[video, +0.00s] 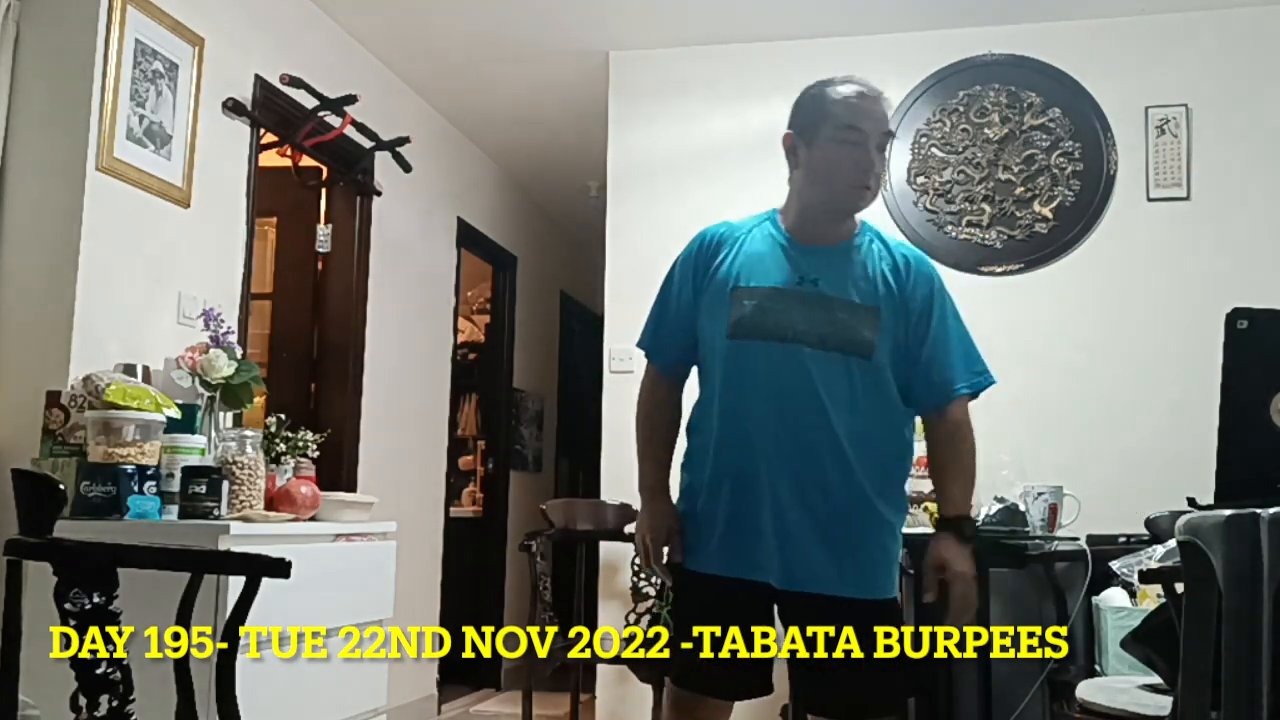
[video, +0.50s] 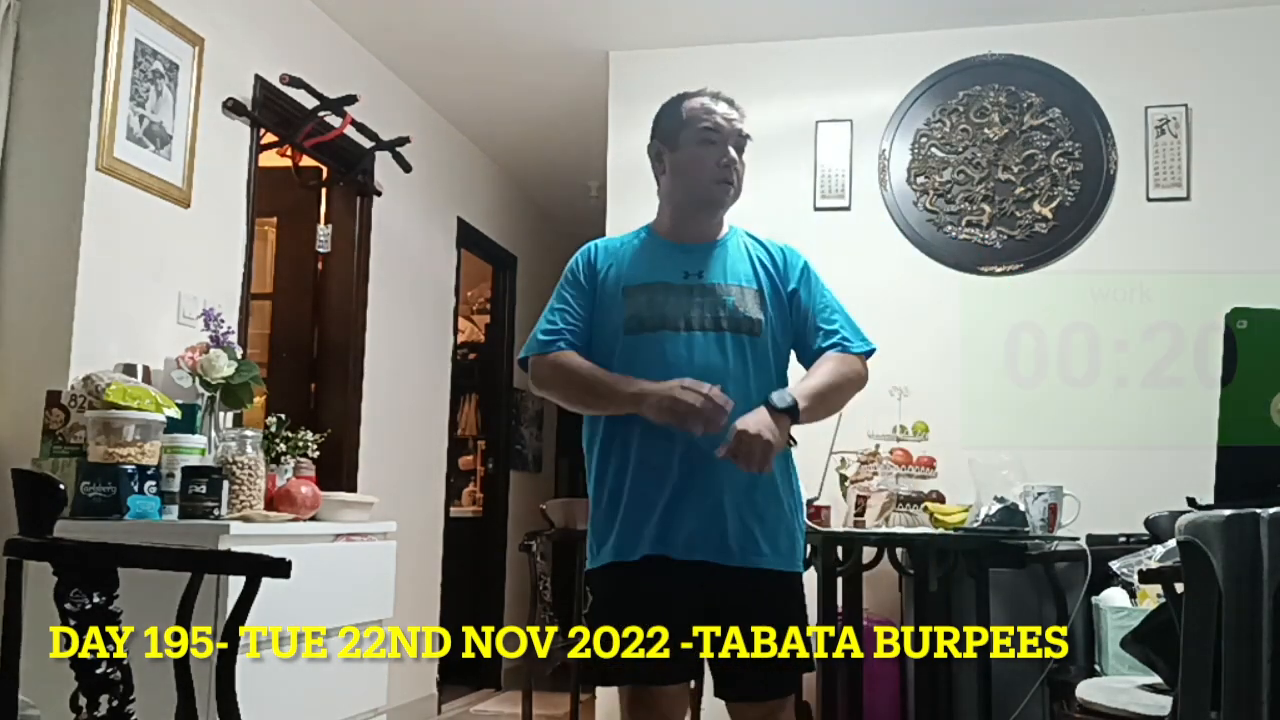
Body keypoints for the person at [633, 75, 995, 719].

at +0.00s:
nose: (875, 159)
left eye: (884, 144)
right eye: (853, 138)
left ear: (891, 158)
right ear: (794, 148)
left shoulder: (910, 278)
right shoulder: (714, 254)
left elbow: (948, 411)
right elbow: (662, 380)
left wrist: (955, 529)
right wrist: (654, 501)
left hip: (851, 559)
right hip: (724, 544)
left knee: (855, 713)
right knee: (693, 706)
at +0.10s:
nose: (830, 156)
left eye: (838, 141)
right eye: (808, 135)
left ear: (844, 156)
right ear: (753, 146)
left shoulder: (868, 272)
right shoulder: (676, 258)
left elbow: (889, 414)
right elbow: (631, 390)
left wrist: (884, 538)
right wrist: (630, 507)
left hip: (825, 560)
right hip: (698, 549)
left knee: (829, 716)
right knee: (683, 708)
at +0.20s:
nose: (789, 152)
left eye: (799, 140)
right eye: (767, 134)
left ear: (804, 157)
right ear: (713, 148)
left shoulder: (832, 268)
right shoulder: (642, 259)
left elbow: (851, 406)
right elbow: (599, 388)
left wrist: (844, 522)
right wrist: (603, 503)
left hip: (796, 552)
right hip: (672, 548)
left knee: (816, 711)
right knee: (670, 708)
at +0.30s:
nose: (760, 151)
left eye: (767, 139)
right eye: (737, 135)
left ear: (773, 156)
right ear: (685, 149)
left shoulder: (805, 265)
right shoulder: (617, 259)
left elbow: (844, 390)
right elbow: (570, 379)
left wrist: (836, 504)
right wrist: (587, 490)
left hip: (778, 548)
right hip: (656, 547)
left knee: (801, 709)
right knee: (662, 707)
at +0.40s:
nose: (742, 153)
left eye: (749, 141)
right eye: (719, 137)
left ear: (756, 158)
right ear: (669, 153)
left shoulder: (787, 264)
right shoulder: (604, 260)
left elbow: (846, 374)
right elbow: (542, 369)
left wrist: (815, 465)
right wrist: (607, 458)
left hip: (766, 548)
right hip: (646, 551)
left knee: (786, 710)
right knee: (658, 708)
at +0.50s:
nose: (731, 156)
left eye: (740, 146)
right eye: (710, 140)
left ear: (748, 163)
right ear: (660, 157)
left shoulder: (781, 266)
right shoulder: (600, 262)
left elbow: (848, 361)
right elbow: (544, 365)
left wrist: (784, 410)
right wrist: (646, 395)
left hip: (758, 550)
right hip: (638, 546)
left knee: (769, 711)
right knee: (653, 707)